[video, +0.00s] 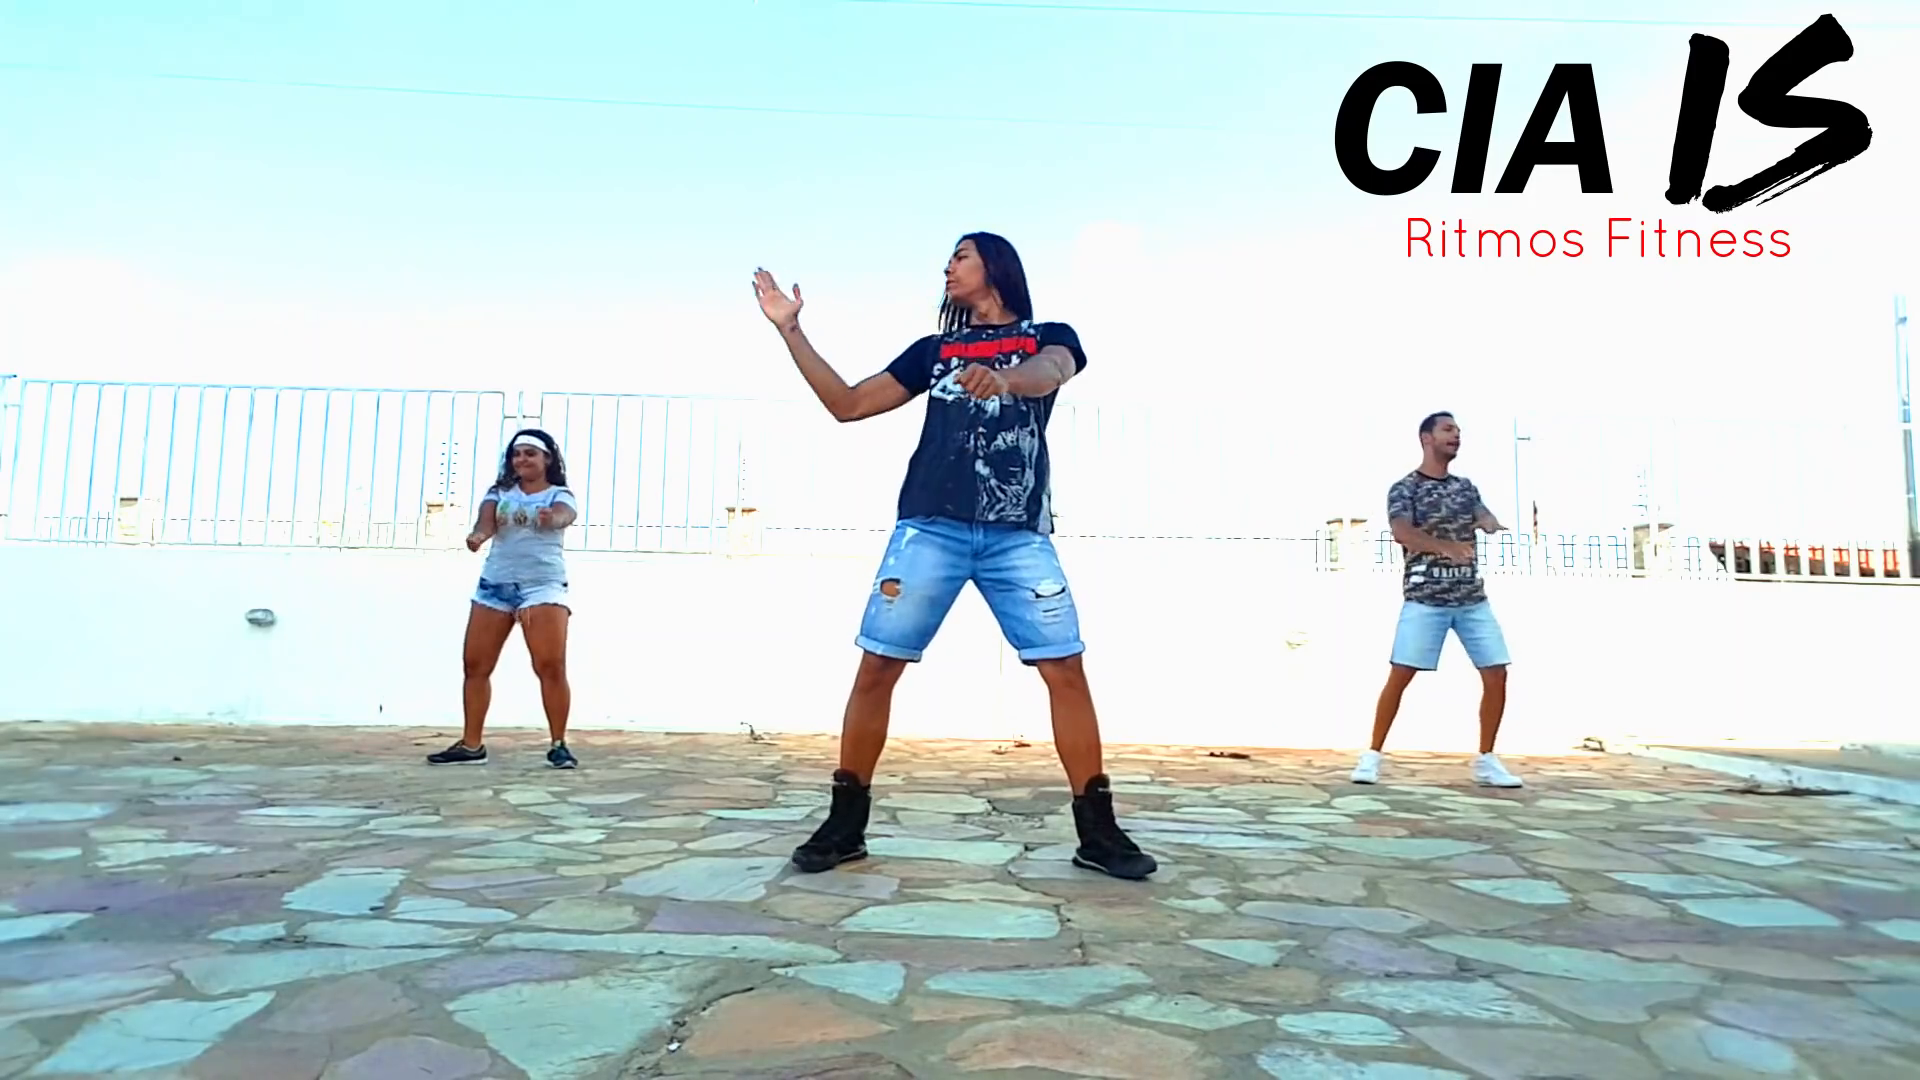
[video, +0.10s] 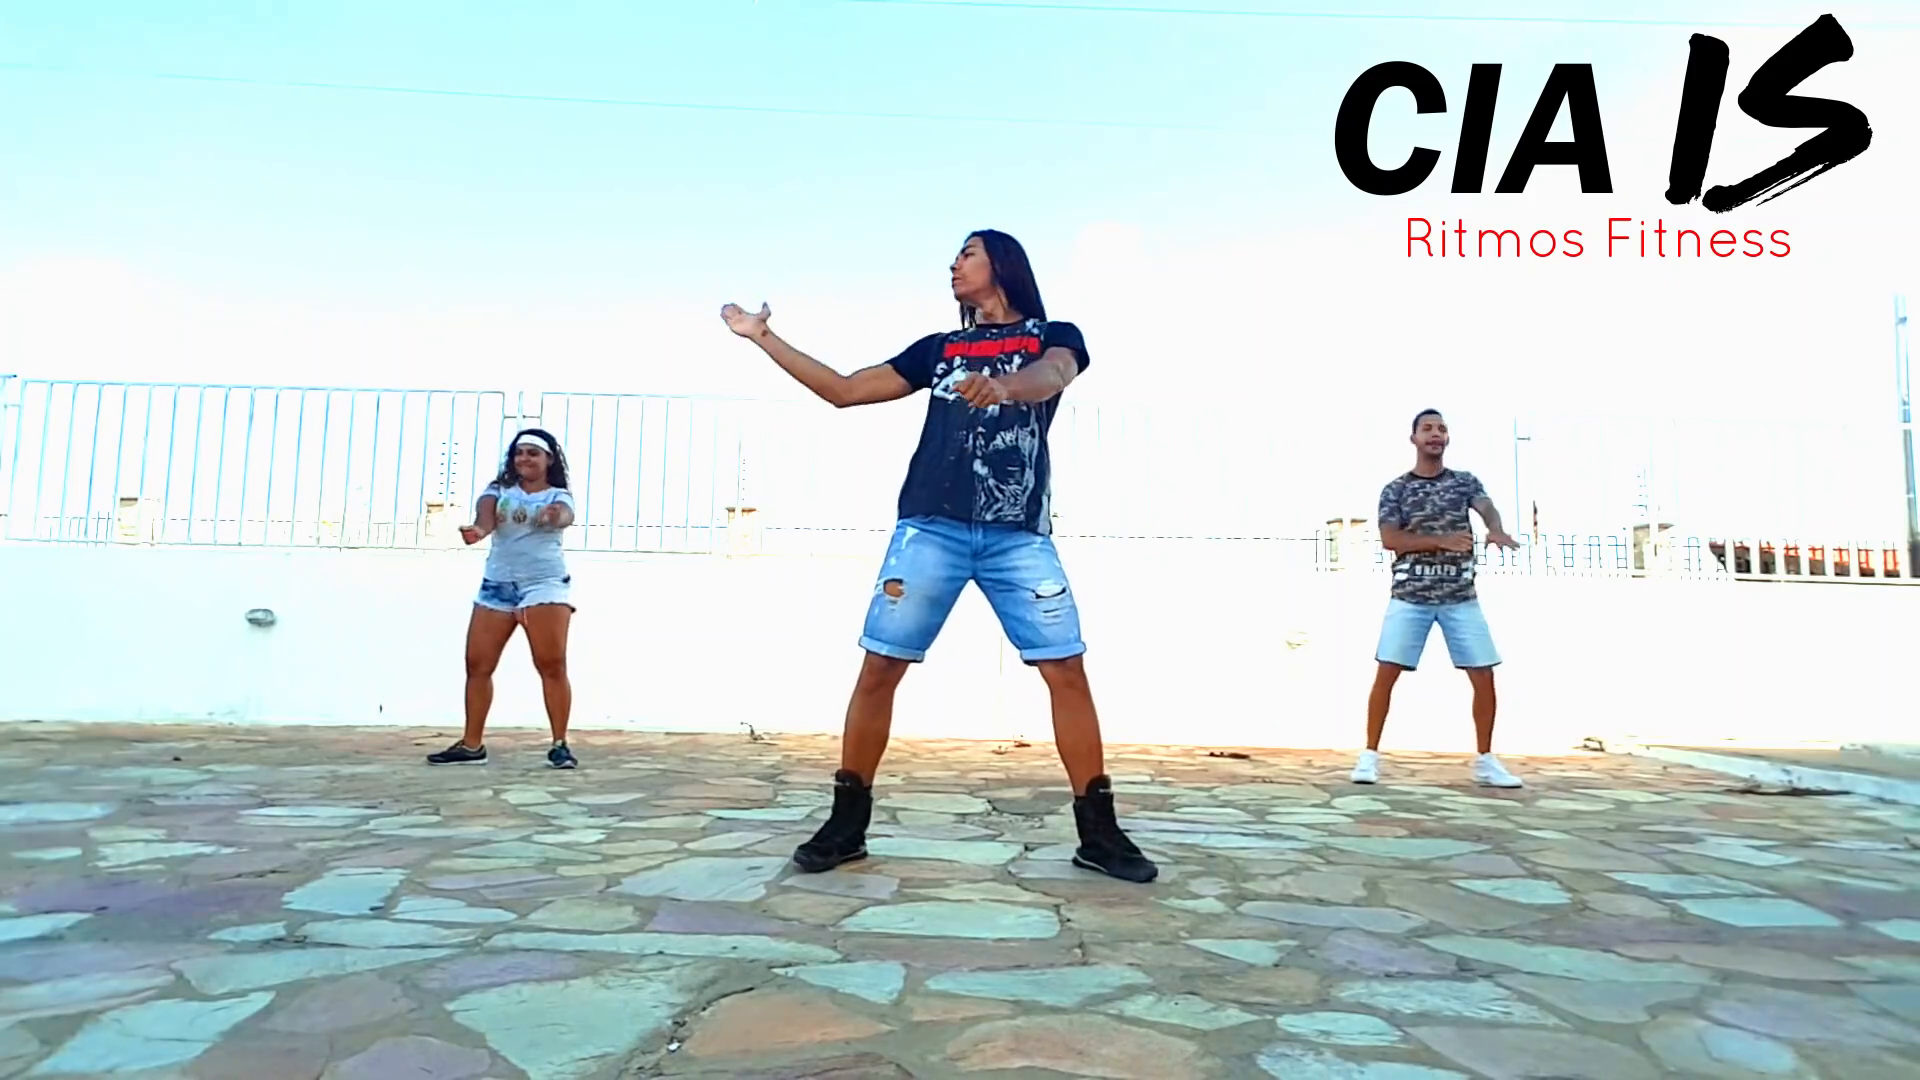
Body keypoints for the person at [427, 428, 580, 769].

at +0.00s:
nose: (522, 458)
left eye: (530, 452)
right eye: (517, 453)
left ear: (548, 459)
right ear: (511, 460)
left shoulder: (561, 494)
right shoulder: (498, 493)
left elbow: (563, 515)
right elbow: (486, 520)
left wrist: (549, 519)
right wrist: (479, 534)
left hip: (542, 585)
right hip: (495, 584)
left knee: (550, 666)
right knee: (475, 665)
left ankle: (558, 744)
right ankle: (471, 743)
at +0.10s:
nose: (525, 457)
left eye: (533, 452)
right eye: (519, 452)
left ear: (549, 460)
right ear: (512, 459)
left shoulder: (559, 495)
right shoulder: (497, 490)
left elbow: (563, 515)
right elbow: (486, 515)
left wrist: (551, 518)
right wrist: (478, 530)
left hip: (544, 585)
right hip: (497, 585)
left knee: (552, 666)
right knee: (477, 665)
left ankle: (560, 744)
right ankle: (471, 743)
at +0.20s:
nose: (525, 457)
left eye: (534, 452)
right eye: (520, 452)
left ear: (550, 459)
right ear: (513, 459)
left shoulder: (561, 494)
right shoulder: (499, 493)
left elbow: (565, 513)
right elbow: (488, 519)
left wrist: (553, 517)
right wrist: (480, 532)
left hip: (544, 585)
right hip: (496, 584)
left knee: (551, 667)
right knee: (479, 666)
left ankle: (559, 744)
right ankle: (471, 743)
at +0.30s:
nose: (527, 459)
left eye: (535, 454)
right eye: (520, 454)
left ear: (550, 462)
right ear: (513, 463)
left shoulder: (561, 496)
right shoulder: (500, 497)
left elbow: (564, 513)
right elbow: (486, 523)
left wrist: (553, 517)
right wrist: (489, 536)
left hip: (543, 589)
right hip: (494, 586)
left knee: (553, 668)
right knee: (479, 666)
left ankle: (558, 744)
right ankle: (471, 744)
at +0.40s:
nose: (531, 456)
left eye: (539, 451)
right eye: (524, 451)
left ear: (551, 461)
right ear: (515, 460)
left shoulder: (561, 495)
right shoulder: (499, 495)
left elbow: (566, 513)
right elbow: (486, 519)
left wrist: (554, 518)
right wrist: (484, 531)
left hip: (544, 585)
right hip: (495, 583)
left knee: (552, 668)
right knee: (479, 667)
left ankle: (558, 744)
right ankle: (471, 743)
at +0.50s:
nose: (534, 454)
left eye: (542, 449)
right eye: (528, 449)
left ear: (552, 459)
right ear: (517, 456)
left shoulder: (560, 492)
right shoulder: (498, 490)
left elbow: (565, 513)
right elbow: (484, 518)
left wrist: (554, 515)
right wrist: (472, 528)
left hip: (546, 583)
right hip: (498, 583)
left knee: (552, 665)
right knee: (482, 666)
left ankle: (559, 744)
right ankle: (472, 743)